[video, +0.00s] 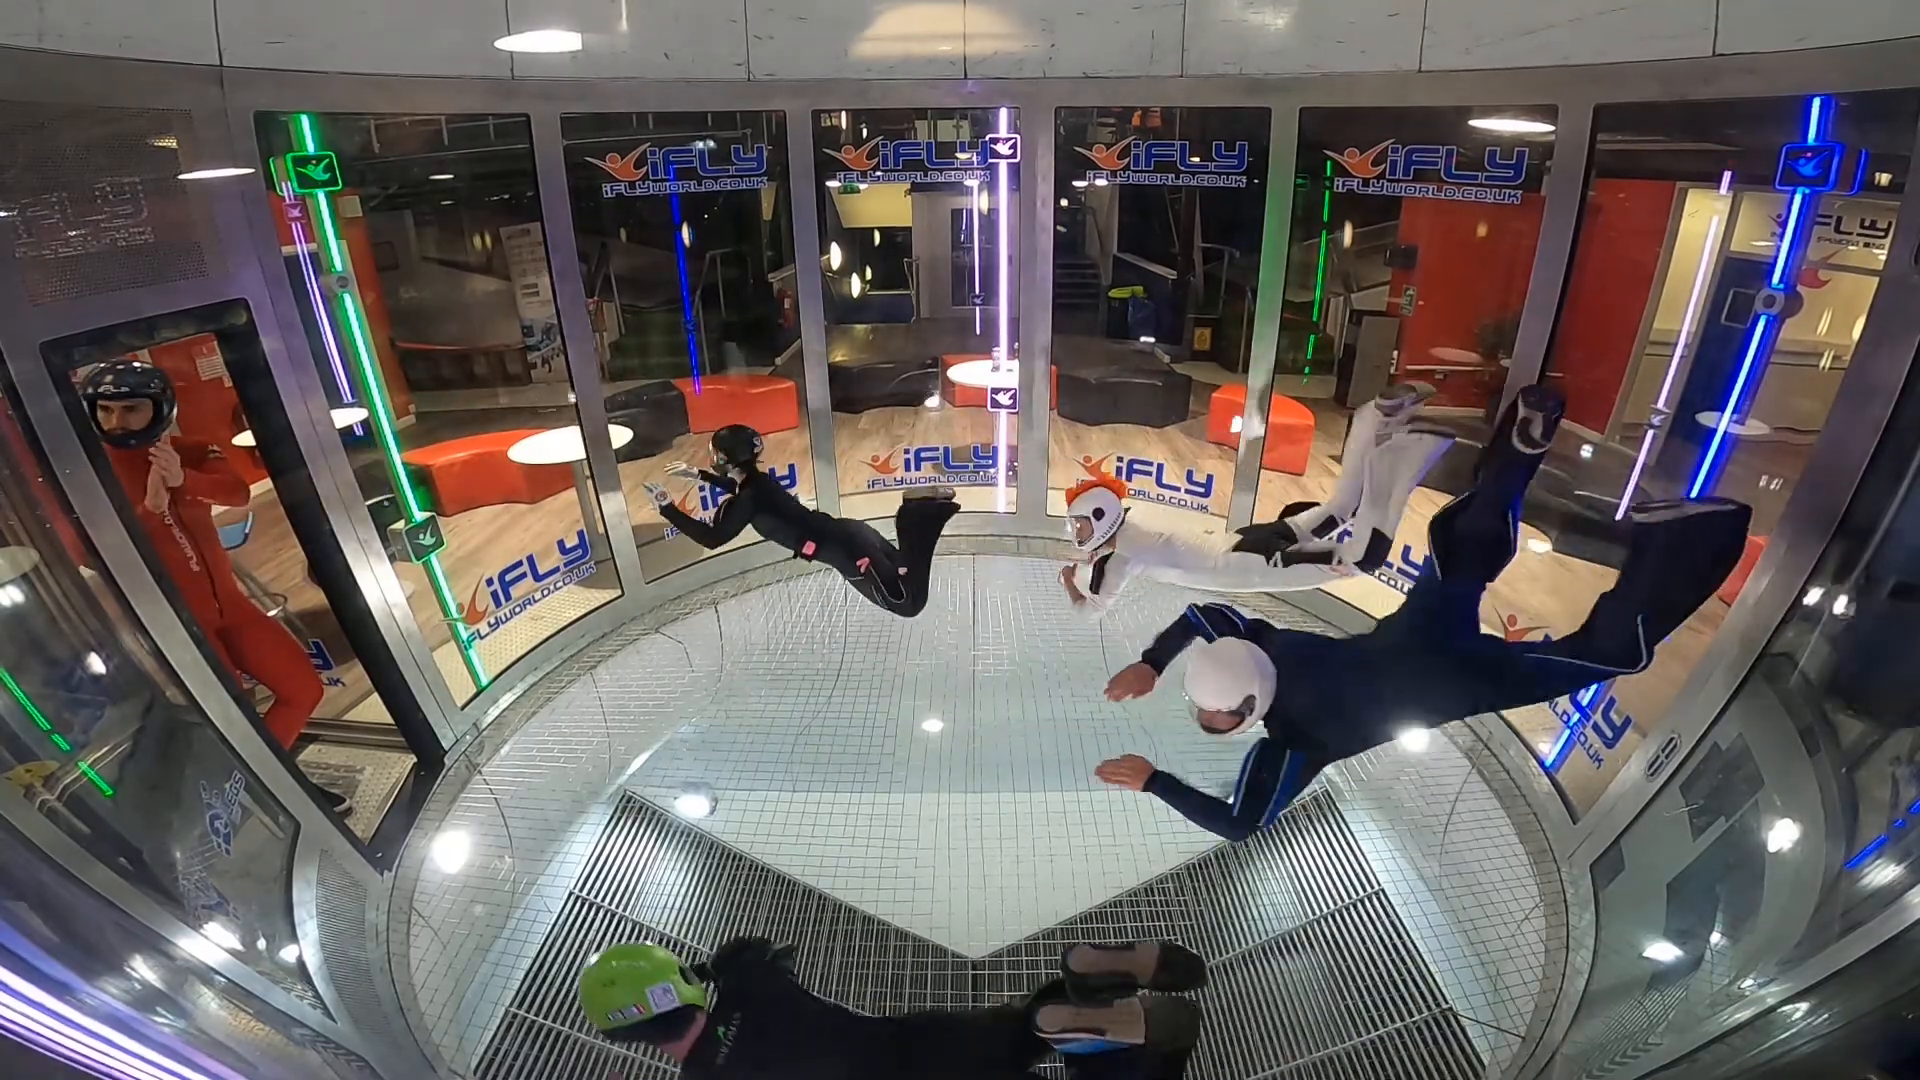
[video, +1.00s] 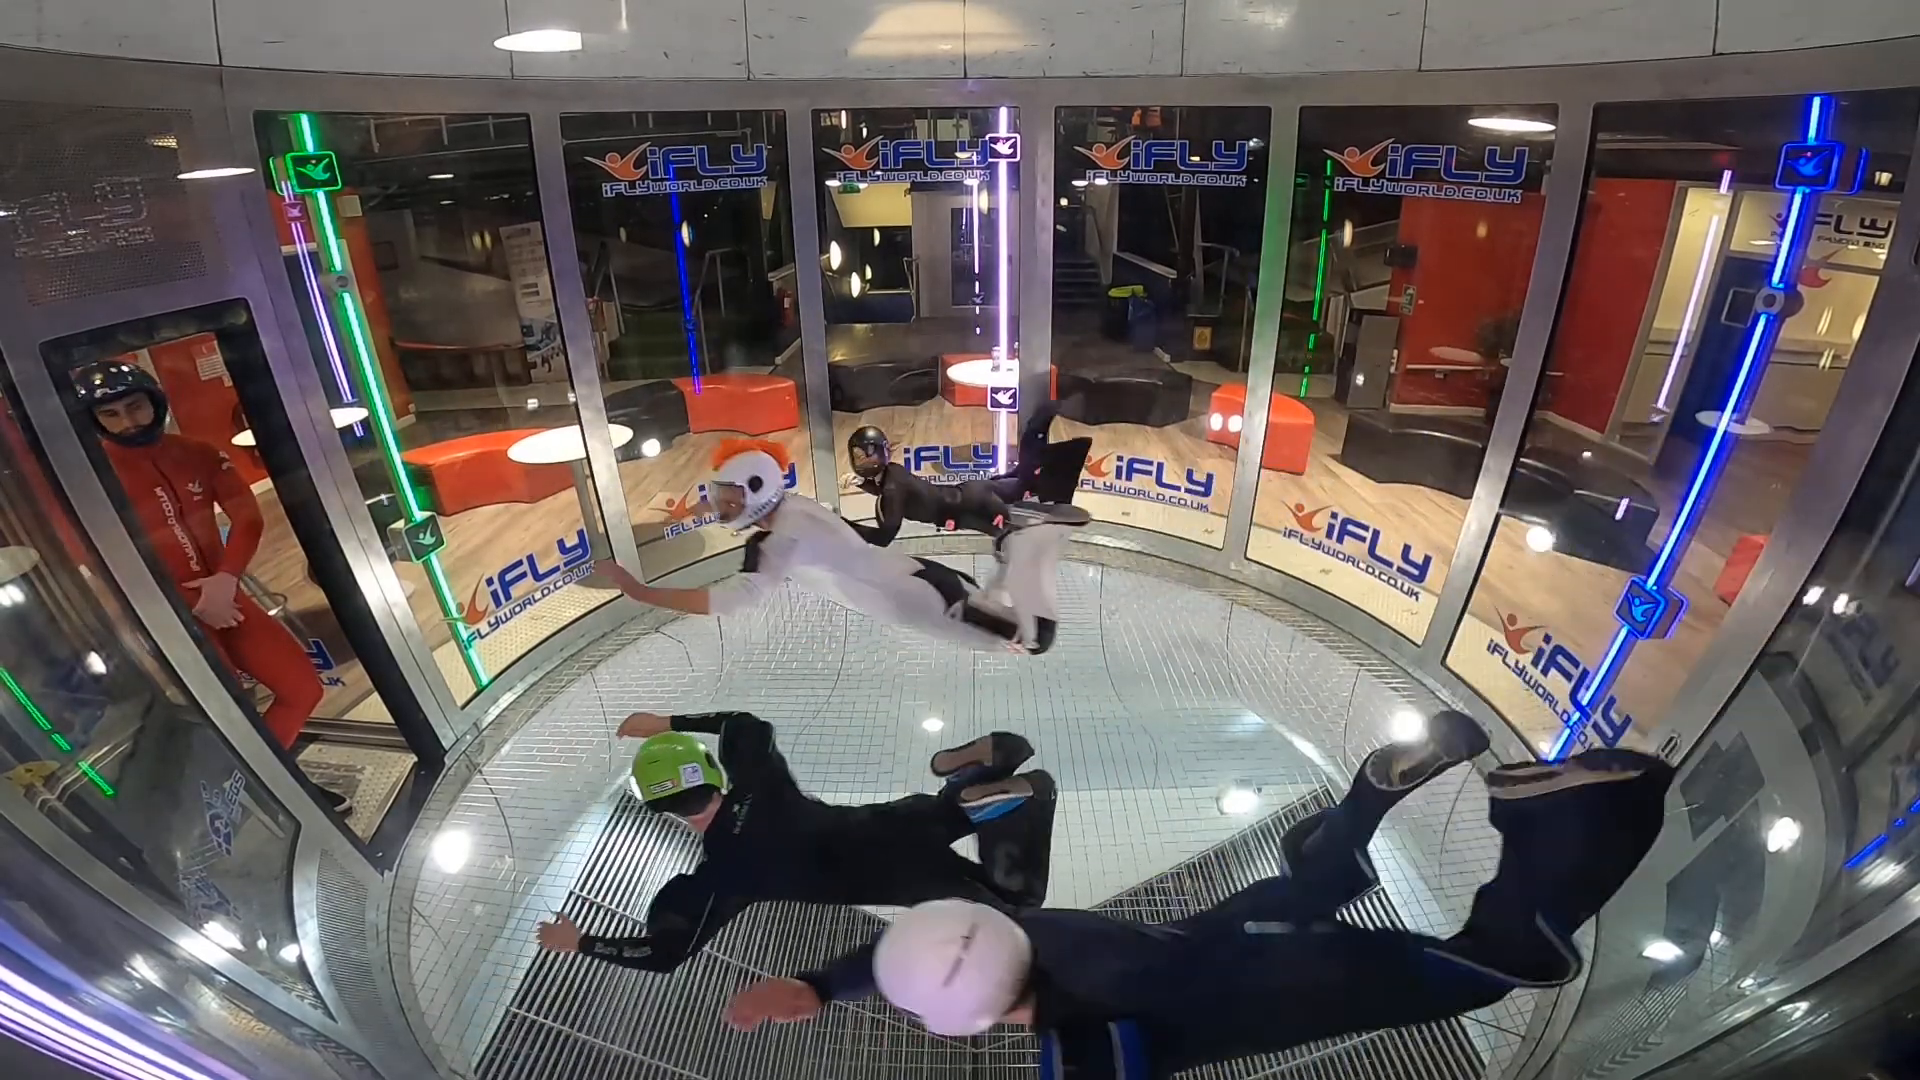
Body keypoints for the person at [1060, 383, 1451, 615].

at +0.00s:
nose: (1074, 530)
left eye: (1082, 522)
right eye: (1073, 522)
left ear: (1104, 520)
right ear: (1092, 519)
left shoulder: (1124, 552)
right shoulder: (1113, 540)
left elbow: (1099, 602)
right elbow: (1099, 579)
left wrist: (1075, 587)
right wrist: (1079, 569)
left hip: (1247, 568)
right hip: (1241, 551)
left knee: (1359, 552)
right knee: (1332, 517)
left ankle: (1385, 445)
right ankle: (1374, 426)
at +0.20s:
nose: (1072, 566)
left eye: (1077, 553)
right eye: (1067, 556)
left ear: (1103, 543)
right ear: (1084, 545)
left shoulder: (1124, 572)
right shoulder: (1122, 546)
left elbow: (1098, 630)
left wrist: (1066, 642)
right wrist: (1093, 593)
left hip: (1263, 565)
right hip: (1249, 542)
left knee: (1376, 541)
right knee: (1332, 494)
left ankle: (1415, 429)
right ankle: (1369, 392)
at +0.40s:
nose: (1034, 578)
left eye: (1038, 568)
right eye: (1032, 571)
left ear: (1059, 562)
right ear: (1054, 557)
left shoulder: (1088, 598)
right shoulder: (1080, 560)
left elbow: (1057, 655)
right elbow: (1071, 582)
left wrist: (1005, 677)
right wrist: (1044, 602)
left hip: (1219, 579)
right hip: (1209, 551)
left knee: (1336, 550)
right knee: (1299, 498)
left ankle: (1381, 433)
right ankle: (1333, 403)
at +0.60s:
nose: (956, 571)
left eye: (962, 561)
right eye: (953, 562)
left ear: (984, 552)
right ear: (969, 552)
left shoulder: (1010, 587)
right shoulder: (1000, 554)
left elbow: (967, 656)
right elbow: (973, 583)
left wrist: (898, 674)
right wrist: (947, 598)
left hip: (1150, 590)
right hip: (1143, 561)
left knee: (1277, 576)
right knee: (1236, 545)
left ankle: (1334, 481)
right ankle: (1269, 460)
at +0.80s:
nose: (844, 548)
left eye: (850, 536)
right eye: (839, 538)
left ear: (877, 528)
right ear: (872, 526)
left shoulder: (906, 566)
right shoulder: (903, 543)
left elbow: (849, 629)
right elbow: (857, 552)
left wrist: (772, 621)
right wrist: (833, 570)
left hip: (1049, 590)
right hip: (1036, 581)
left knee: (1168, 608)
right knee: (1149, 598)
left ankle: (1184, 520)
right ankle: (1178, 523)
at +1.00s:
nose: (719, 501)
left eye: (728, 492)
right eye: (719, 491)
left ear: (758, 495)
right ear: (755, 491)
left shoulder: (786, 539)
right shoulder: (783, 508)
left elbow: (724, 602)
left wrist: (636, 589)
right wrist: (702, 510)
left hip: (921, 593)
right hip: (912, 579)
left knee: (1035, 635)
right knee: (1013, 626)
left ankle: (1031, 540)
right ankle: (1023, 541)